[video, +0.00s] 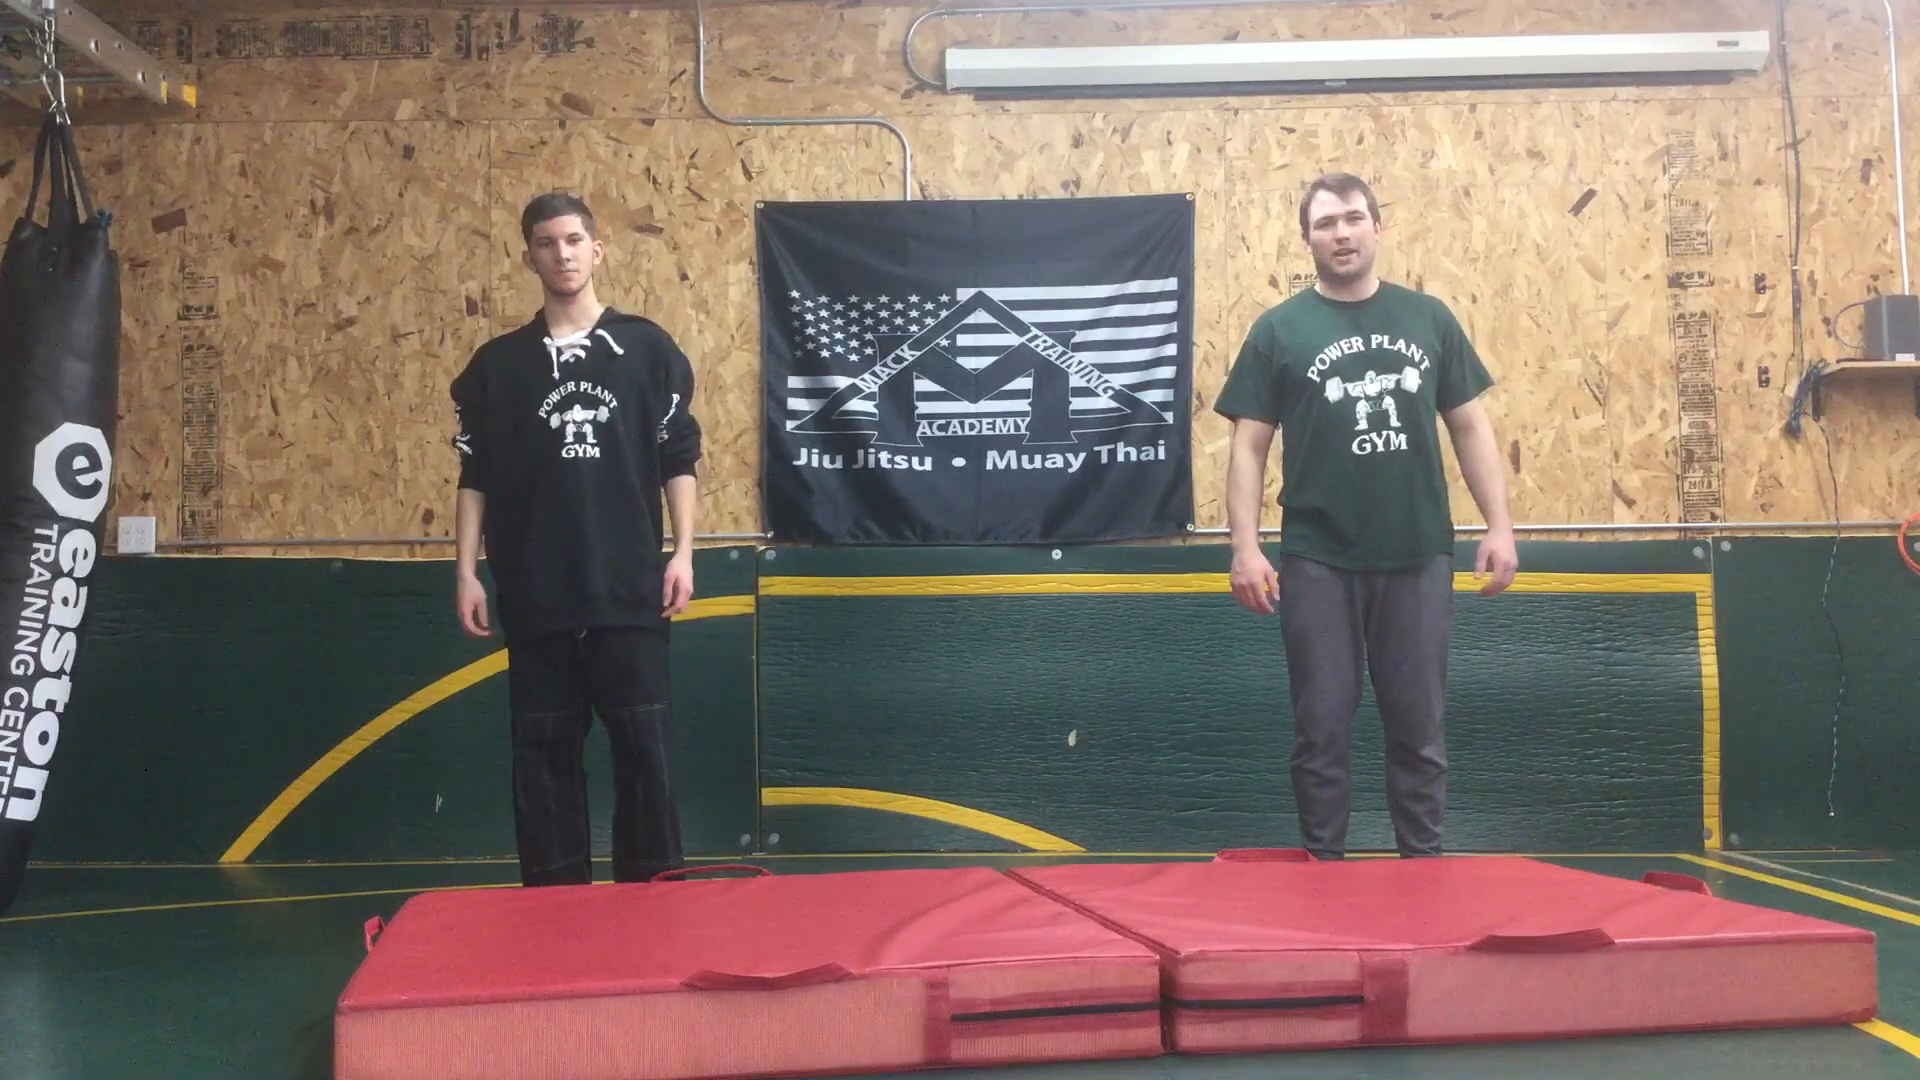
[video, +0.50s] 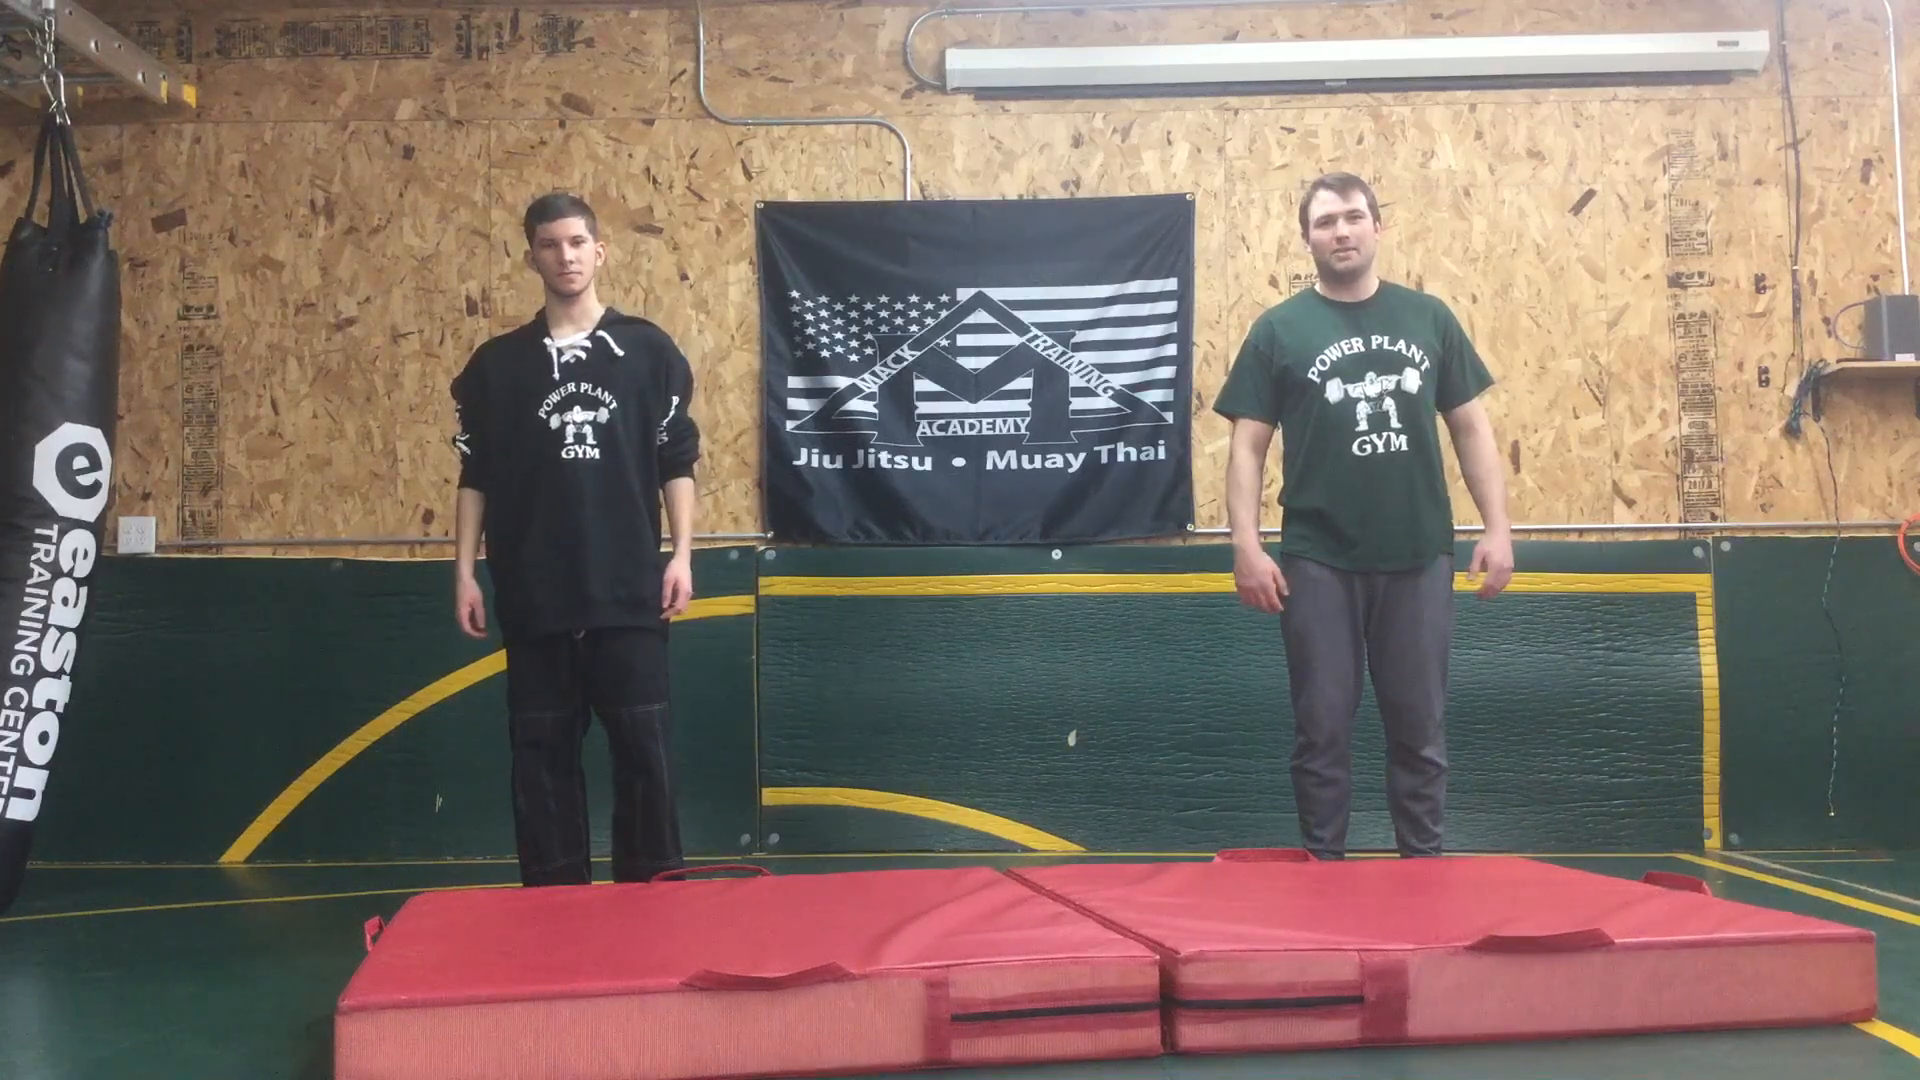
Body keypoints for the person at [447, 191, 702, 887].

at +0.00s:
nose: (563, 254)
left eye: (574, 240)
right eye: (547, 244)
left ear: (596, 249)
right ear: (530, 258)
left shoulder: (647, 347)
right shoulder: (494, 364)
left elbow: (679, 458)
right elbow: (474, 476)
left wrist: (683, 550)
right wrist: (467, 570)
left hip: (629, 583)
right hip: (533, 589)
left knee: (644, 754)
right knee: (544, 761)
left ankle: (653, 904)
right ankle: (554, 910)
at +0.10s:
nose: (564, 255)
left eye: (575, 240)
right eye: (549, 245)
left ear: (597, 248)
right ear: (532, 258)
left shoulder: (648, 347)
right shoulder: (495, 363)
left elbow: (679, 457)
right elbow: (473, 475)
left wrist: (683, 550)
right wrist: (464, 567)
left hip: (628, 582)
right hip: (533, 588)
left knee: (644, 752)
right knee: (544, 759)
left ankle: (653, 902)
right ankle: (554, 908)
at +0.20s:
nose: (565, 256)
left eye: (576, 241)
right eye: (550, 246)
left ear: (598, 249)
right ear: (533, 259)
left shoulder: (649, 348)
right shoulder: (495, 363)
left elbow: (680, 457)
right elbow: (474, 473)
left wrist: (684, 551)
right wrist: (462, 565)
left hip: (629, 582)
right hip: (533, 588)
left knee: (644, 753)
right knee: (544, 760)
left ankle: (653, 904)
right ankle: (554, 910)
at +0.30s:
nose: (566, 256)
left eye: (577, 242)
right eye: (551, 246)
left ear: (598, 249)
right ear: (534, 258)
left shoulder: (649, 348)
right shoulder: (496, 363)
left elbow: (679, 458)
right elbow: (474, 473)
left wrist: (684, 551)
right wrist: (461, 565)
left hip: (628, 583)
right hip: (533, 589)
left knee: (644, 754)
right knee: (543, 761)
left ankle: (653, 904)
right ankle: (554, 910)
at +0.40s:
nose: (566, 256)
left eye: (577, 242)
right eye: (551, 246)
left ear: (599, 250)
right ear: (534, 258)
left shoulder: (649, 349)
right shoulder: (495, 363)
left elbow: (678, 459)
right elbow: (474, 474)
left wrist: (683, 552)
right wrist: (463, 568)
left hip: (628, 584)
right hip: (532, 590)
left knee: (645, 756)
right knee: (543, 763)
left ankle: (653, 905)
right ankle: (554, 911)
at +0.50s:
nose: (566, 256)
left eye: (576, 242)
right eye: (550, 246)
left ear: (598, 250)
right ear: (533, 259)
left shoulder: (648, 349)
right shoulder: (494, 363)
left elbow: (677, 459)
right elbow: (475, 474)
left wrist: (682, 551)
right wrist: (465, 570)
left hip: (628, 584)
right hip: (532, 590)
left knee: (644, 755)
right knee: (543, 762)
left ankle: (653, 904)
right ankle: (554, 910)